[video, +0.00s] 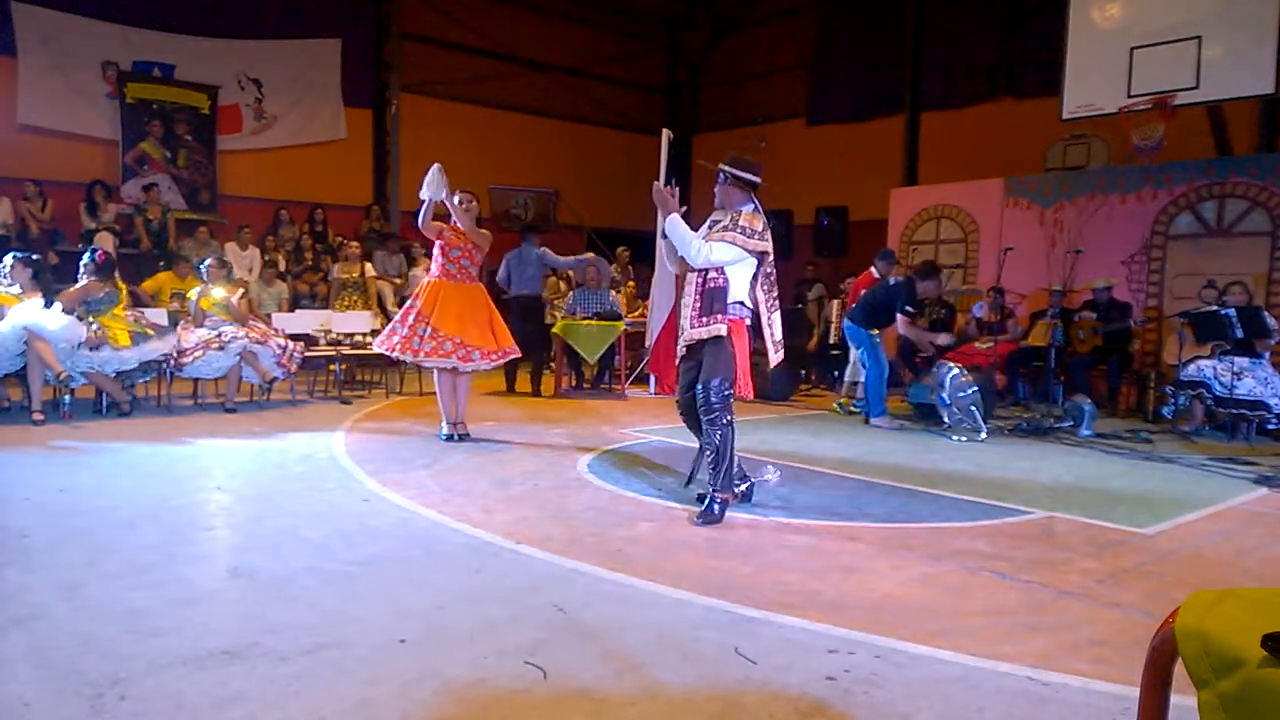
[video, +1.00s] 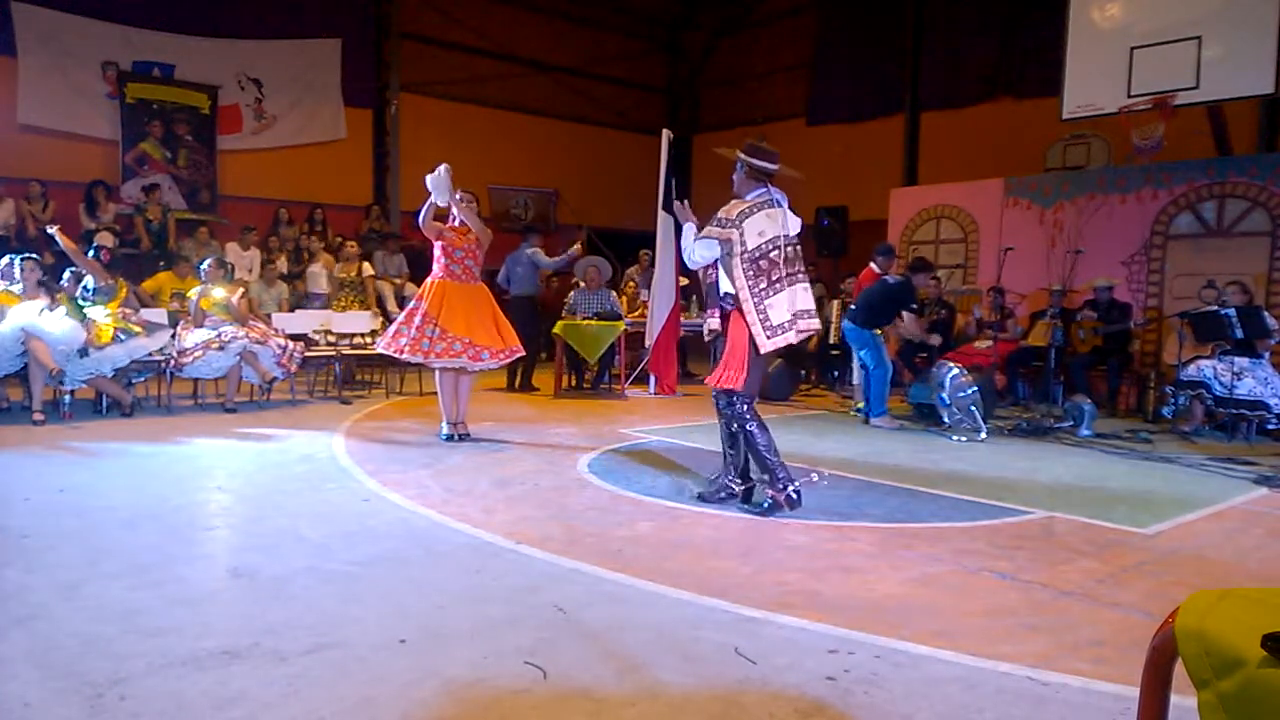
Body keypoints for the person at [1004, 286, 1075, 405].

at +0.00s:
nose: (1055, 299)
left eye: (1058, 296)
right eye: (1053, 296)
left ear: (1063, 298)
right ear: (1049, 297)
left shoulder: (1068, 315)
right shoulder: (1037, 315)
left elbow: (1068, 340)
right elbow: (1028, 335)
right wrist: (1024, 342)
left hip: (1056, 349)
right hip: (1035, 348)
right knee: (1013, 357)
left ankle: (1042, 398)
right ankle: (1013, 395)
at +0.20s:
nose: (1056, 299)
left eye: (1059, 296)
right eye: (1053, 296)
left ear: (1063, 297)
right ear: (1049, 296)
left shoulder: (1068, 314)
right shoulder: (1037, 315)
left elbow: (1068, 339)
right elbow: (1028, 335)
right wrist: (1024, 341)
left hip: (1056, 349)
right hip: (1036, 348)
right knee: (1013, 358)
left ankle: (1042, 399)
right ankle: (1013, 395)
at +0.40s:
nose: (1056, 299)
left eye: (1059, 296)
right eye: (1053, 296)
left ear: (1063, 297)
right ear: (1049, 296)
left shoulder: (1068, 314)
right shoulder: (1037, 315)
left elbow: (1068, 339)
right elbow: (1028, 334)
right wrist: (1024, 341)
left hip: (1055, 349)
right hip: (1035, 348)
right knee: (1013, 358)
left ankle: (1042, 398)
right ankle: (1012, 395)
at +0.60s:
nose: (1056, 299)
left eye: (1059, 296)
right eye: (1053, 296)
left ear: (1063, 297)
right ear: (1049, 296)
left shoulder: (1069, 314)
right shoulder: (1037, 315)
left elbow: (1068, 339)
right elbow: (1028, 335)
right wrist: (1024, 342)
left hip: (1056, 348)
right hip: (1036, 348)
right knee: (1012, 358)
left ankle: (1042, 399)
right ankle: (1012, 395)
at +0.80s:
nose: (1056, 299)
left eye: (1059, 296)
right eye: (1053, 296)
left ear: (1064, 297)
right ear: (1049, 296)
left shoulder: (1069, 314)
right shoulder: (1036, 315)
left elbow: (1069, 339)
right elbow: (1028, 335)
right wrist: (1024, 342)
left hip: (1057, 348)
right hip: (1036, 348)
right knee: (1013, 358)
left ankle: (1041, 399)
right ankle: (1013, 395)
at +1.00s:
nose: (1056, 299)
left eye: (1059, 296)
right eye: (1054, 296)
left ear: (1064, 297)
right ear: (1049, 296)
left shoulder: (1069, 314)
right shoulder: (1036, 315)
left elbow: (1068, 339)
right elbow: (1028, 335)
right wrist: (1024, 342)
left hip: (1056, 349)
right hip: (1036, 348)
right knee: (1012, 358)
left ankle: (1041, 399)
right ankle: (1013, 395)